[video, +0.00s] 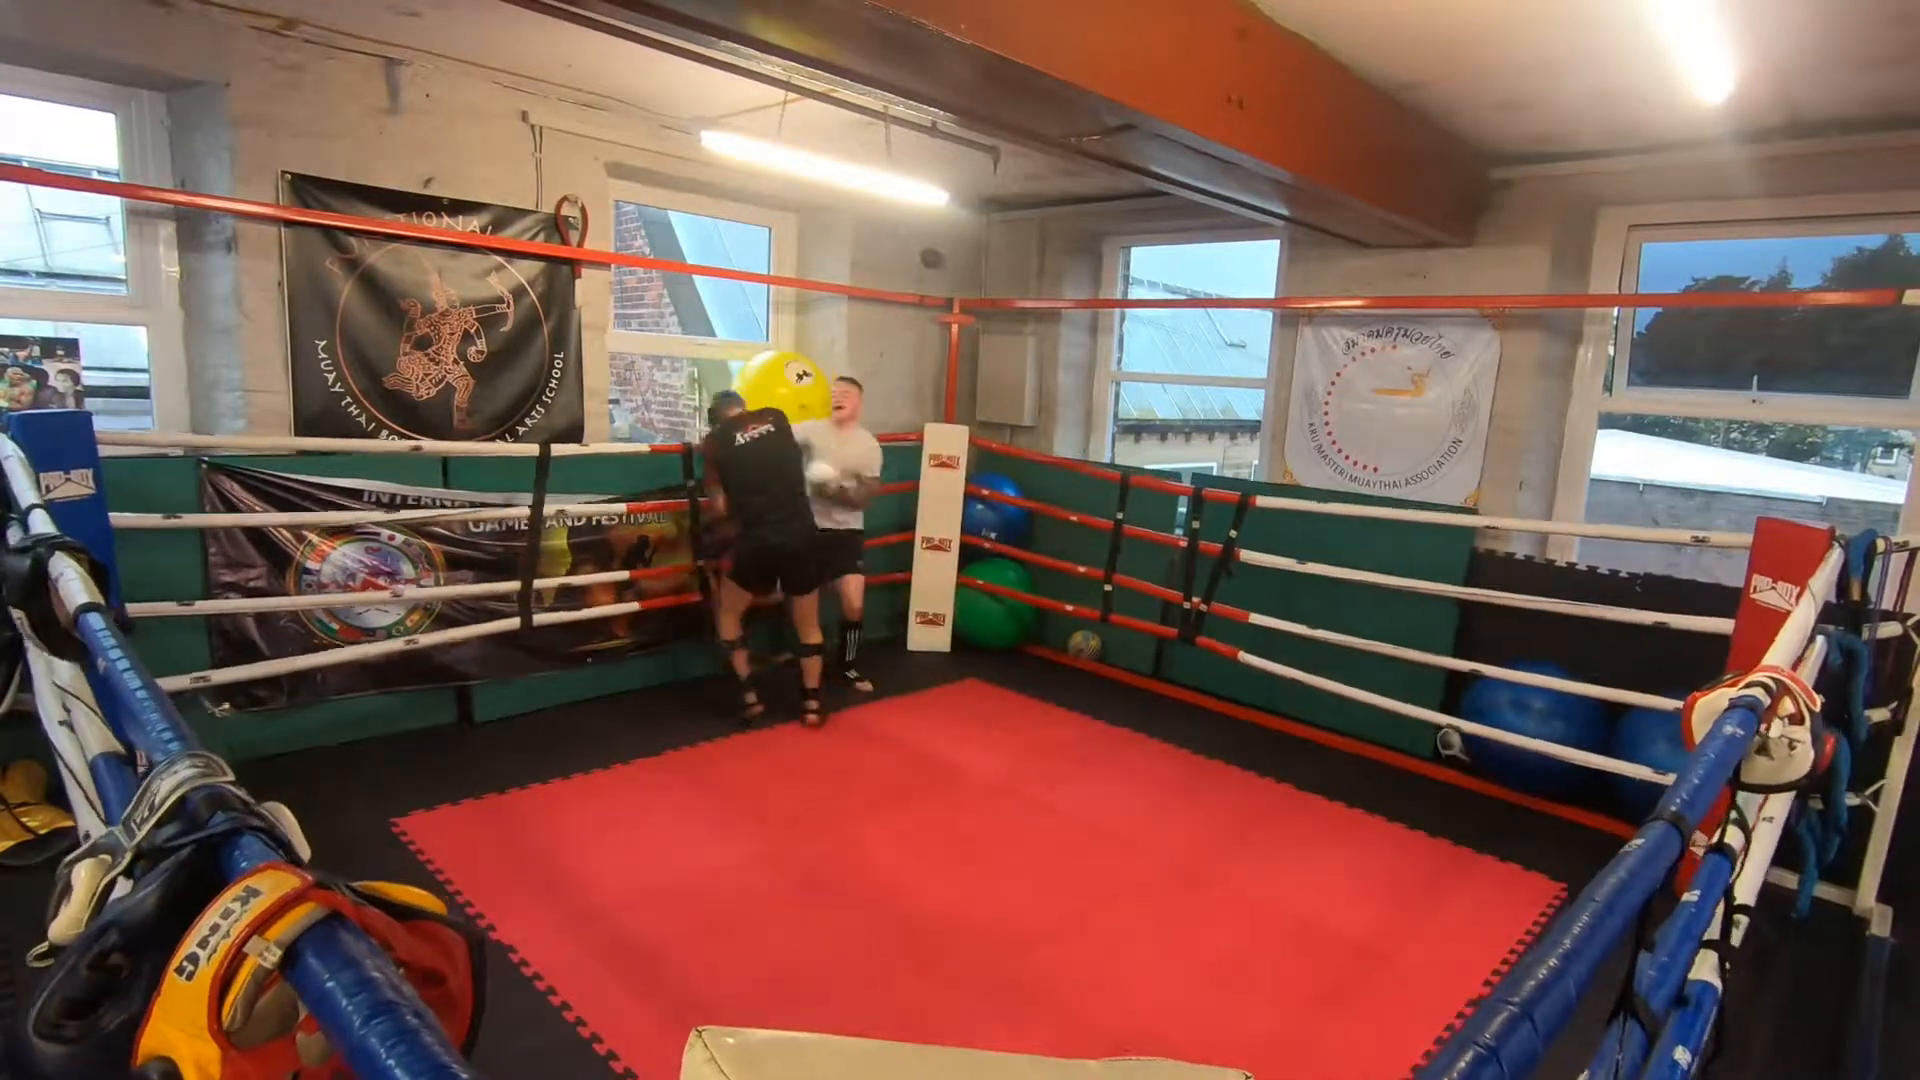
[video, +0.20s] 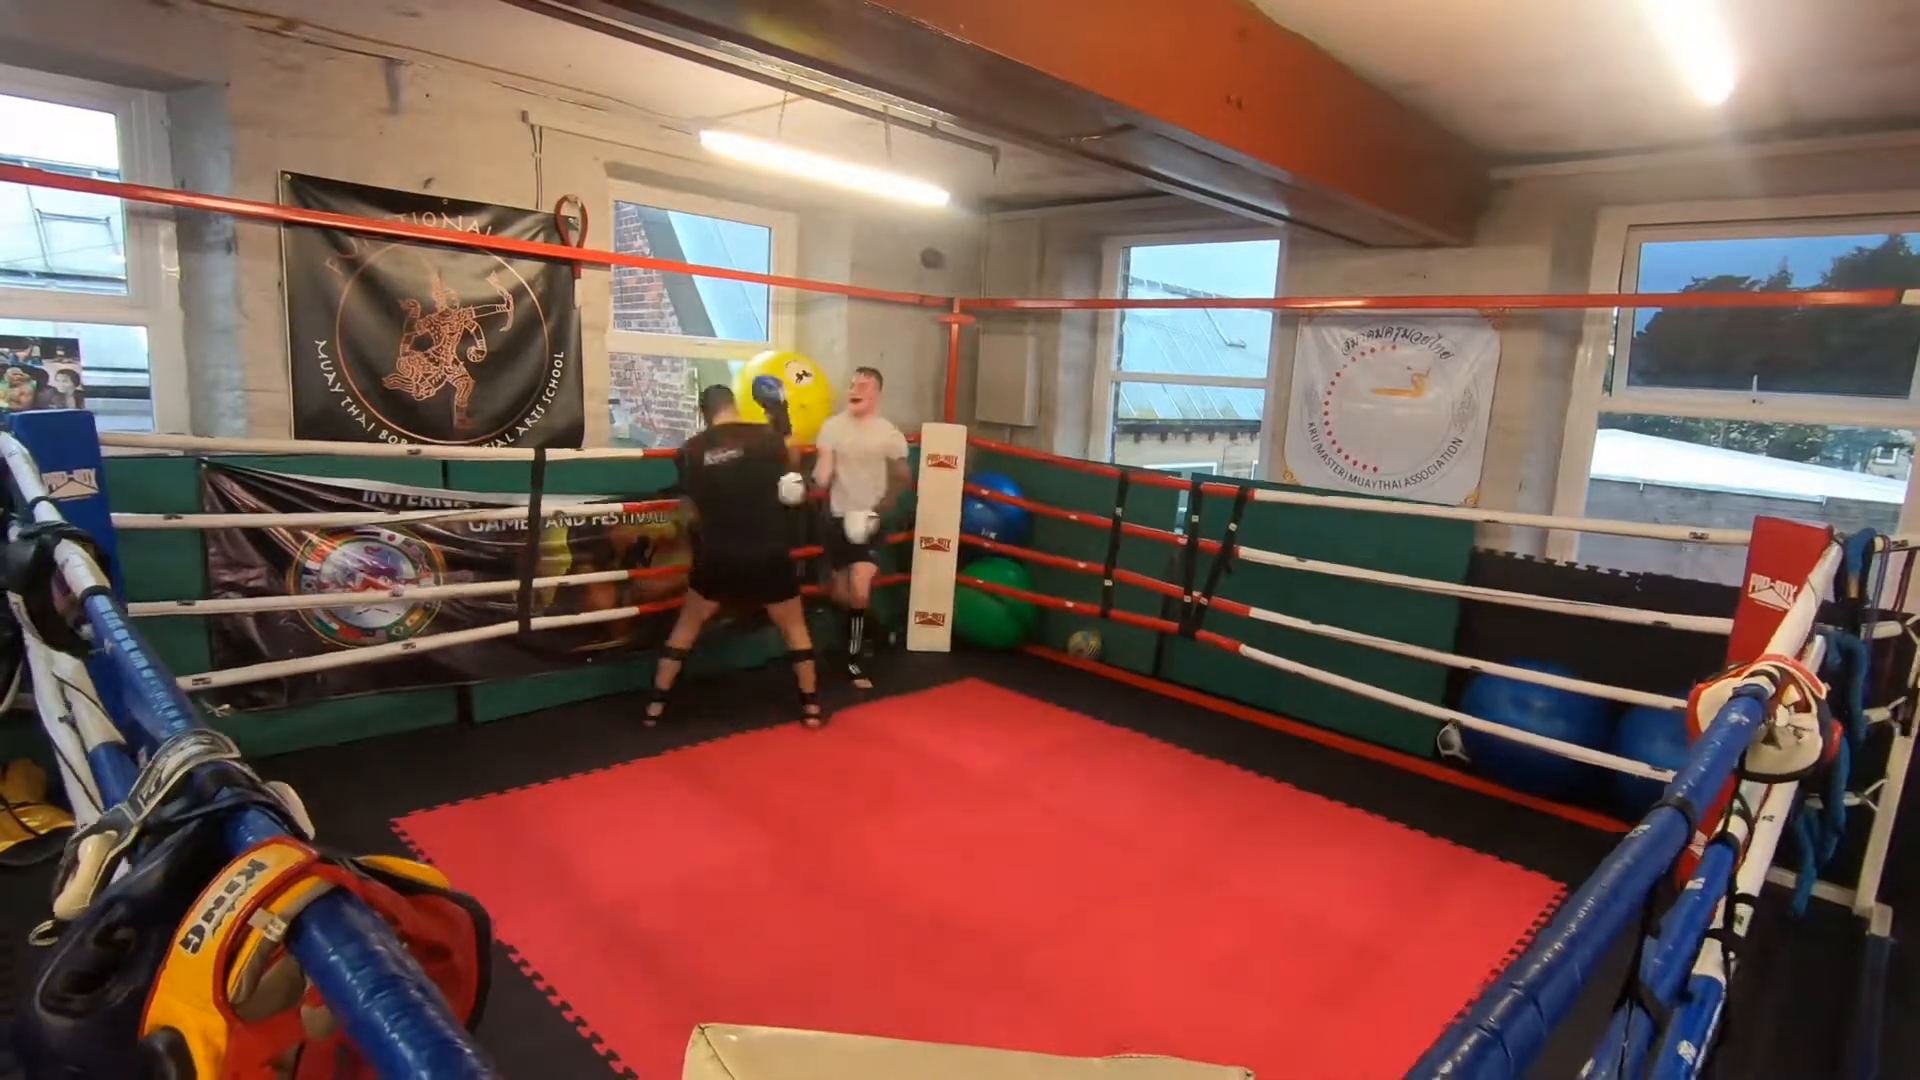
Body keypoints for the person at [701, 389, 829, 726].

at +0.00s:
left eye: (718, 422)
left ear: (716, 419)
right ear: (744, 406)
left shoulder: (714, 444)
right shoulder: (777, 417)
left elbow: (719, 504)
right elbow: (794, 463)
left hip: (757, 542)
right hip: (802, 537)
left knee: (730, 614)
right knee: (808, 623)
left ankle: (749, 696)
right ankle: (812, 703)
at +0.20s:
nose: (726, 413)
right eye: (730, 406)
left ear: (704, 414)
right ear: (734, 406)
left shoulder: (691, 450)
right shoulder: (767, 437)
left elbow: (690, 510)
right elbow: (791, 479)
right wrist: (783, 424)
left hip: (718, 555)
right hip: (769, 552)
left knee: (688, 623)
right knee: (793, 626)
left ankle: (657, 703)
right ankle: (810, 706)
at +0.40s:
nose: (722, 396)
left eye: (720, 391)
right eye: (720, 390)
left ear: (684, 391)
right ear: (710, 389)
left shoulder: (660, 432)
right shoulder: (720, 432)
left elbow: (652, 493)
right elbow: (742, 492)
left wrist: (677, 510)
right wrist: (760, 461)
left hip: (673, 545)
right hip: (717, 545)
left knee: (671, 618)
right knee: (754, 617)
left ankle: (652, 708)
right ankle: (756, 707)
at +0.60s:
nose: (715, 398)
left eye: (714, 391)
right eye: (714, 391)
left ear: (679, 387)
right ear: (702, 389)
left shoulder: (647, 426)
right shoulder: (694, 433)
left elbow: (623, 480)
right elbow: (696, 502)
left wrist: (666, 486)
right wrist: (724, 497)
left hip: (649, 545)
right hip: (684, 549)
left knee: (657, 630)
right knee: (703, 636)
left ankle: (654, 721)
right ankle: (651, 721)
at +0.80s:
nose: (715, 419)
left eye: (717, 411)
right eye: (716, 411)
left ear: (683, 401)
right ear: (702, 404)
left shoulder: (649, 432)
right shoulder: (684, 446)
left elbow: (618, 478)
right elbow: (696, 520)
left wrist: (656, 499)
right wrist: (720, 501)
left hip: (644, 554)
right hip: (663, 563)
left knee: (670, 630)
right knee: (635, 653)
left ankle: (651, 712)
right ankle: (585, 750)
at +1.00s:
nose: (727, 408)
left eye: (729, 400)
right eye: (727, 399)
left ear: (696, 390)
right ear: (713, 392)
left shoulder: (653, 422)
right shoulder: (696, 438)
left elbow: (621, 468)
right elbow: (706, 512)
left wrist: (665, 484)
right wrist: (730, 491)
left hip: (665, 550)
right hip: (666, 557)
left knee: (690, 636)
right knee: (639, 649)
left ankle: (701, 717)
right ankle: (591, 745)